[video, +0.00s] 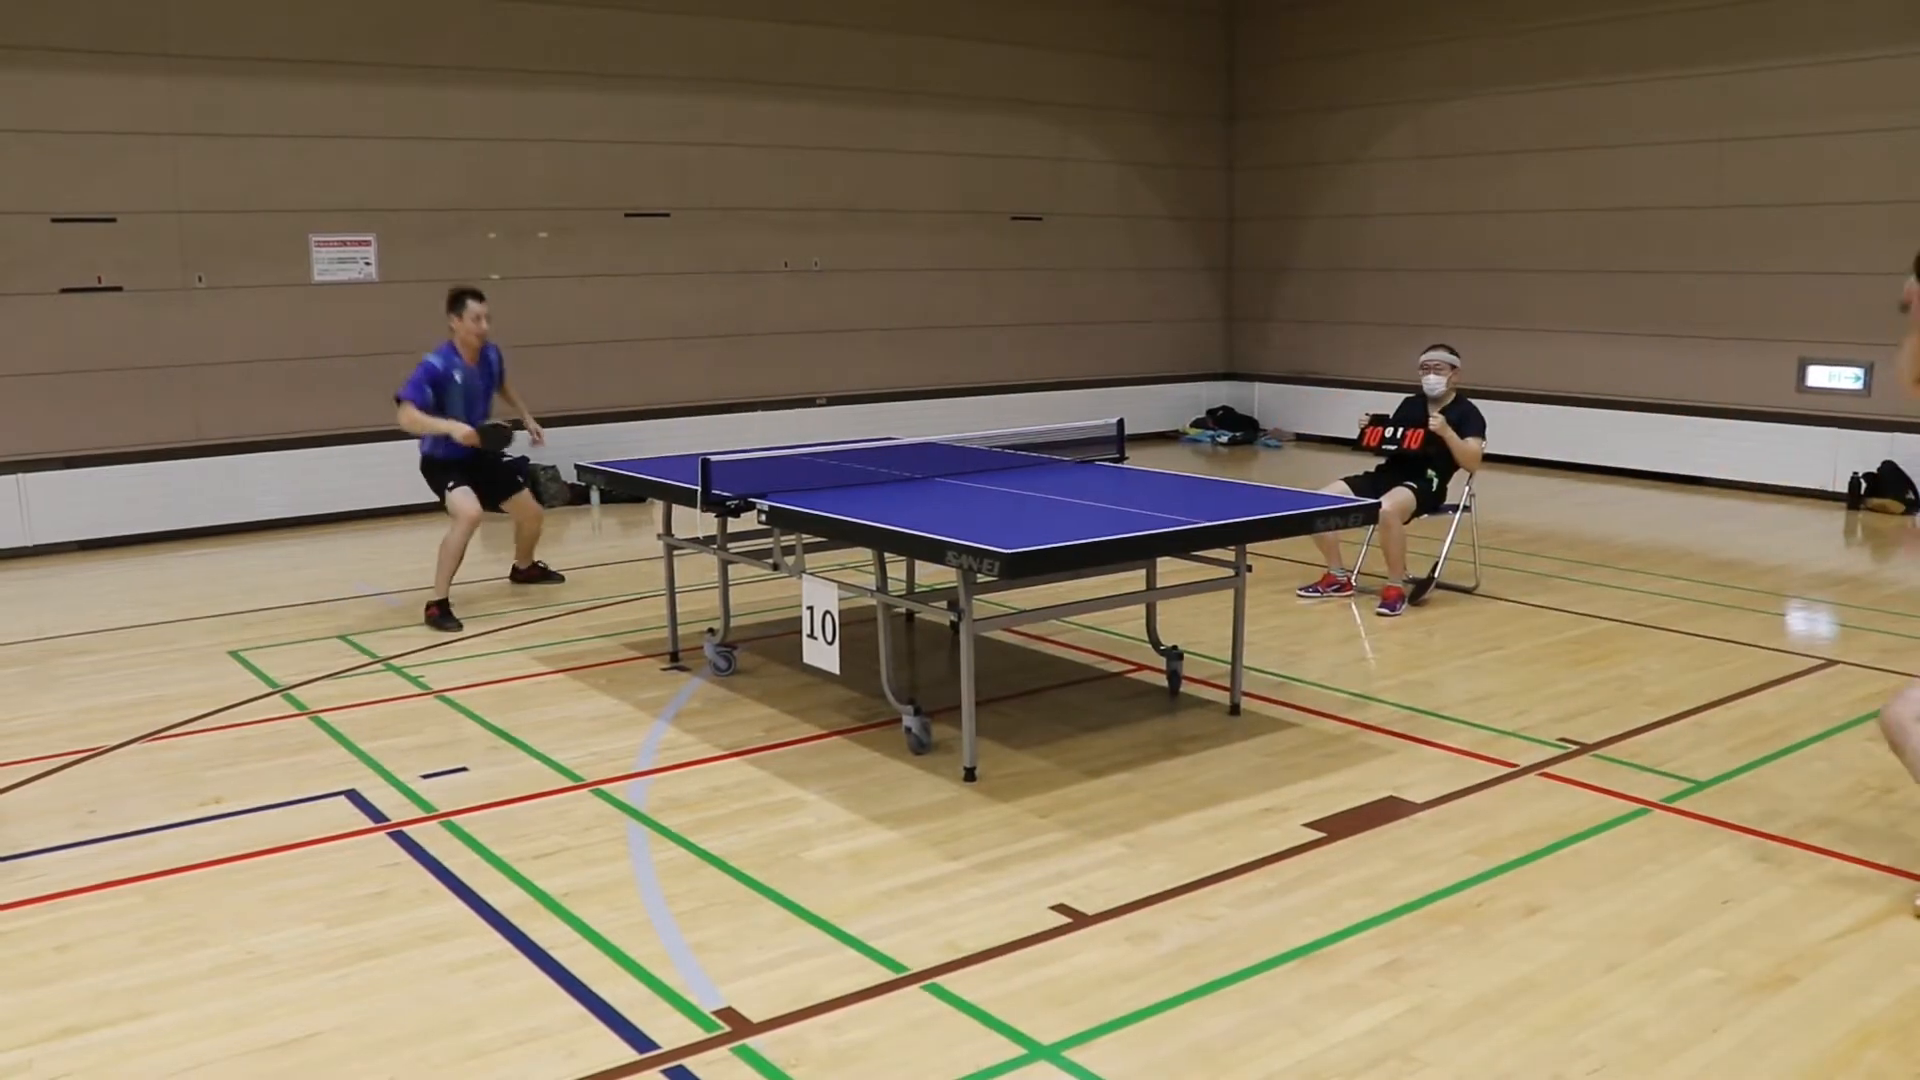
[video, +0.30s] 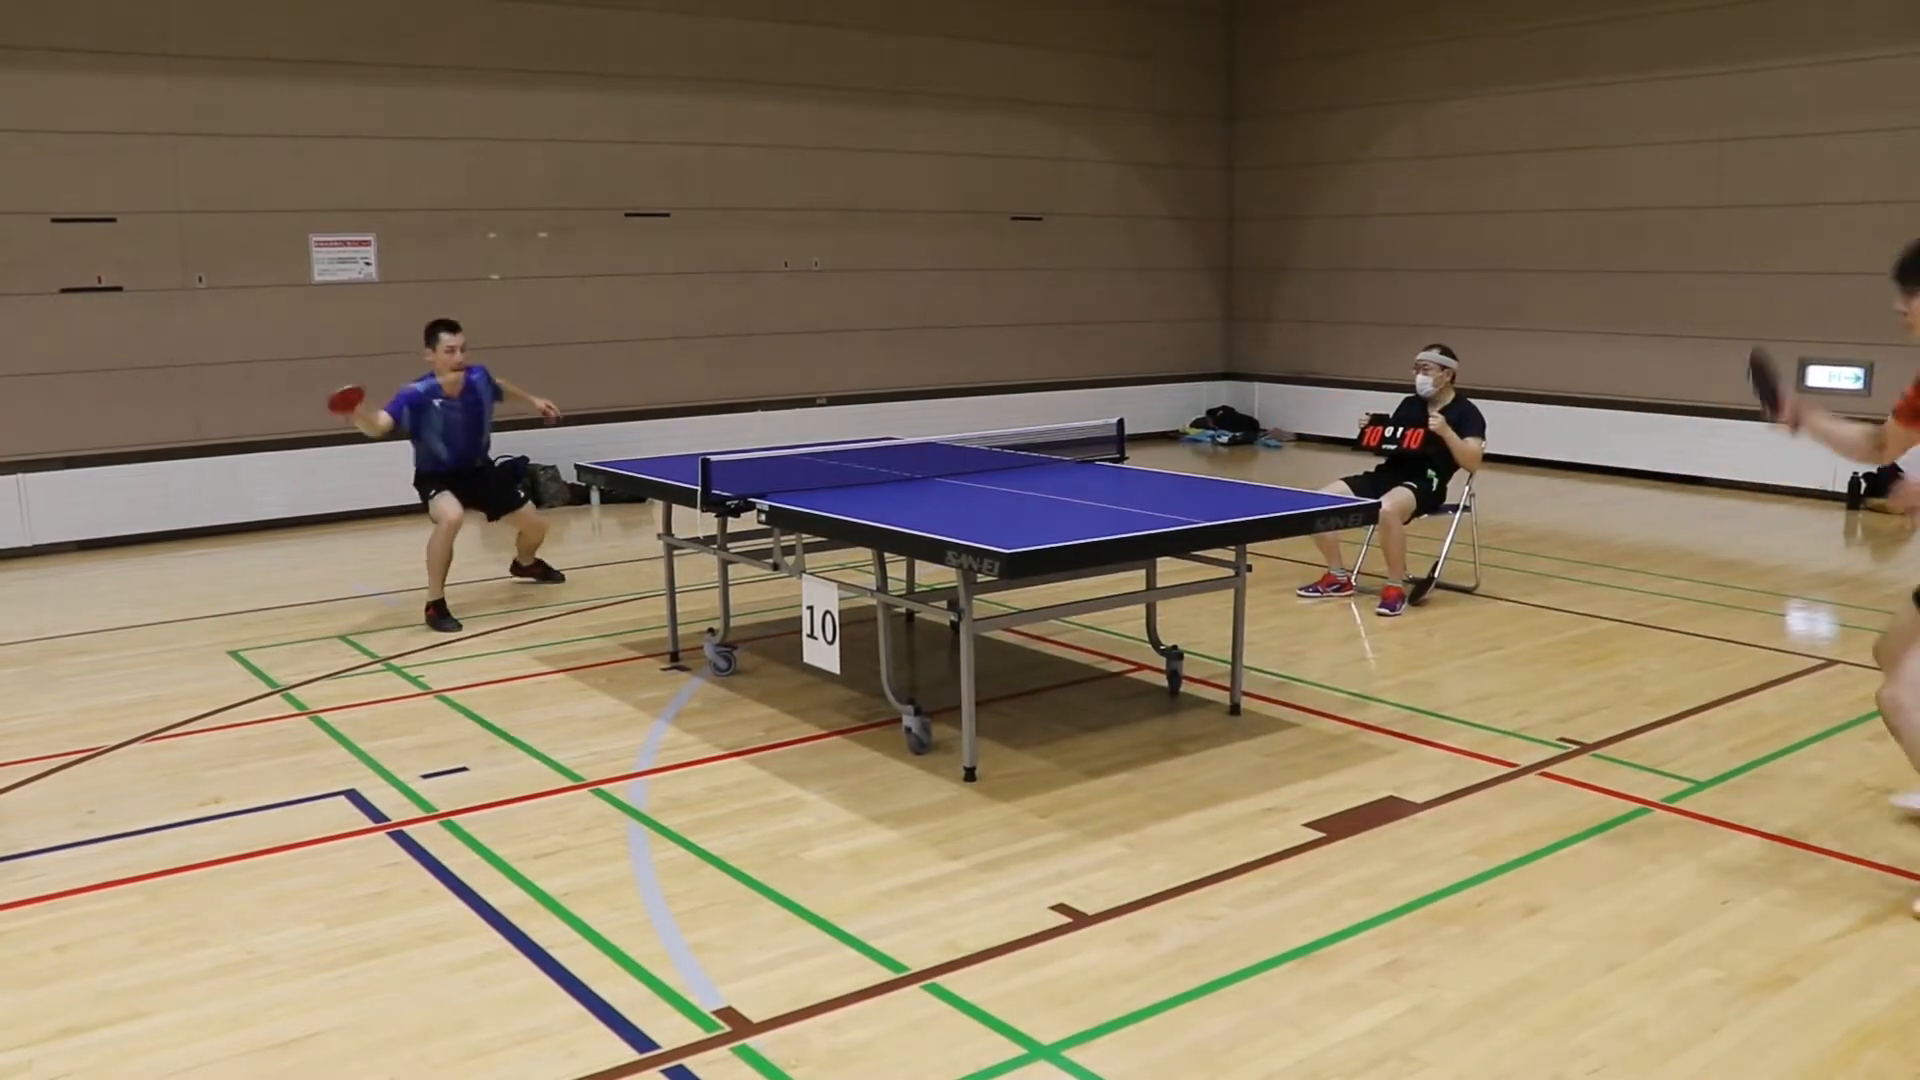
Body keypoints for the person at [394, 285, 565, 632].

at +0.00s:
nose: (484, 326)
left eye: (487, 318)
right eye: (476, 319)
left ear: (488, 320)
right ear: (454, 323)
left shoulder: (490, 355)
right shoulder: (436, 365)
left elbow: (503, 388)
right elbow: (406, 416)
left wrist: (526, 417)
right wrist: (451, 427)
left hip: (480, 454)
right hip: (441, 459)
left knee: (531, 514)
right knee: (469, 513)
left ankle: (524, 568)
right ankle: (438, 604)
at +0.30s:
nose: (459, 357)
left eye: (462, 349)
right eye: (449, 351)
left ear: (466, 350)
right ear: (430, 355)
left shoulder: (479, 379)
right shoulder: (417, 394)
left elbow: (501, 390)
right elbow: (380, 427)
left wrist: (534, 401)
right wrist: (357, 415)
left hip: (478, 473)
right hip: (435, 479)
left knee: (535, 526)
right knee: (451, 516)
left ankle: (524, 564)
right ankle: (436, 604)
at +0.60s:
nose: (447, 309)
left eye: (450, 301)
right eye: (438, 301)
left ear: (453, 304)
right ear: (417, 304)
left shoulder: (463, 338)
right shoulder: (392, 351)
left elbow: (487, 359)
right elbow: (354, 390)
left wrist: (527, 376)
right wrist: (345, 410)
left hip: (457, 439)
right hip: (414, 446)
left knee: (504, 514)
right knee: (427, 509)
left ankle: (478, 556)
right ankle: (428, 600)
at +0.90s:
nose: (457, 305)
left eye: (460, 298)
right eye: (449, 299)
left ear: (462, 302)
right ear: (428, 303)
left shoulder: (469, 341)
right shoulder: (408, 351)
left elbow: (488, 367)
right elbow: (382, 403)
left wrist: (529, 385)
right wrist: (421, 422)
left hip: (464, 449)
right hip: (423, 453)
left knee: (504, 519)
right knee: (415, 529)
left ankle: (474, 576)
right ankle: (362, 610)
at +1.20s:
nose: (508, 312)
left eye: (511, 304)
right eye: (500, 304)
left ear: (515, 307)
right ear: (480, 308)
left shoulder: (519, 343)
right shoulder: (462, 351)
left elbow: (533, 374)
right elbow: (450, 403)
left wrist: (555, 402)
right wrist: (505, 415)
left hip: (514, 437)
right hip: (475, 443)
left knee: (567, 494)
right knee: (485, 506)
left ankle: (575, 547)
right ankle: (462, 588)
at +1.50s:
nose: (601, 285)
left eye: (602, 278)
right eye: (594, 278)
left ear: (575, 283)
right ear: (572, 282)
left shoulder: (549, 306)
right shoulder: (593, 321)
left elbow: (521, 297)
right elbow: (629, 362)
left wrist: (523, 268)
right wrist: (680, 372)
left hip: (559, 414)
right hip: (561, 415)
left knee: (615, 478)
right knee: (550, 487)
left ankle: (584, 552)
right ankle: (501, 561)